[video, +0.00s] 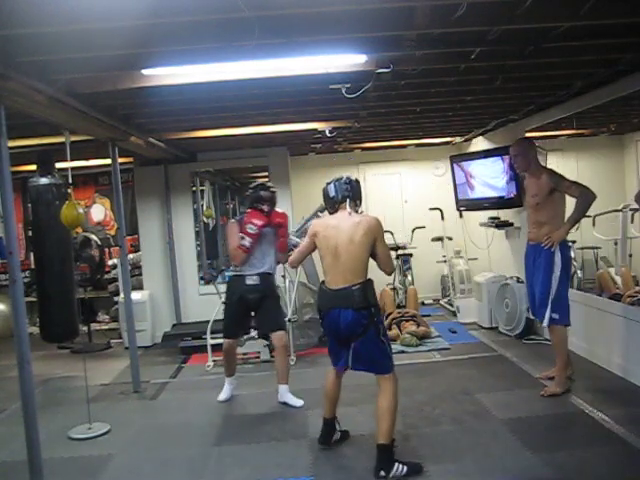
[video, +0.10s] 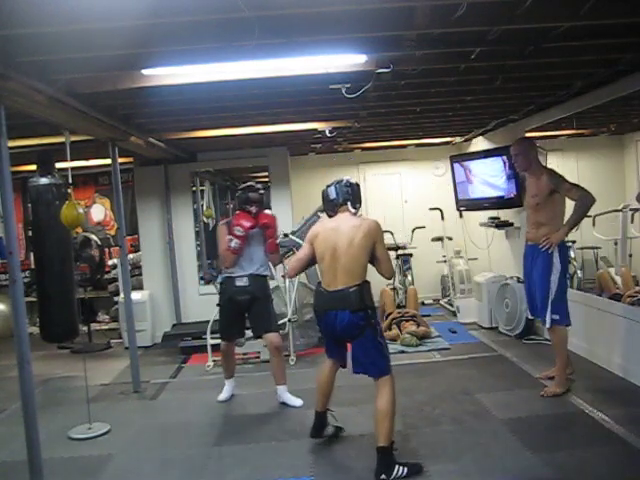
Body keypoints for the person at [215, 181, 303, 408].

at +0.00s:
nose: (267, 208)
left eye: (271, 204)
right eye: (262, 203)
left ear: (275, 206)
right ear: (251, 203)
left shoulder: (276, 225)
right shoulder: (237, 224)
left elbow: (282, 258)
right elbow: (237, 258)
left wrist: (282, 228)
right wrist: (252, 231)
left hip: (266, 285)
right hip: (239, 286)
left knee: (280, 339)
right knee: (229, 344)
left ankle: (283, 391)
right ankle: (229, 383)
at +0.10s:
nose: (255, 206)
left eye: (258, 201)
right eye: (250, 201)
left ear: (263, 203)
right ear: (238, 202)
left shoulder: (267, 224)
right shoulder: (226, 225)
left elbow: (275, 260)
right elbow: (227, 263)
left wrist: (270, 233)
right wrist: (238, 236)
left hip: (259, 284)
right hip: (232, 286)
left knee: (275, 342)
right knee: (227, 345)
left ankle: (282, 391)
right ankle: (228, 384)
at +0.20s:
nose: (245, 211)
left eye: (249, 206)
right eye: (240, 205)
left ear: (255, 206)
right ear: (230, 205)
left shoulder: (261, 224)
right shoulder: (220, 227)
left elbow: (266, 261)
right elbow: (219, 264)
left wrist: (263, 238)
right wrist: (230, 239)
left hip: (255, 286)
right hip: (229, 287)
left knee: (270, 343)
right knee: (226, 344)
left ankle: (281, 390)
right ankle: (230, 384)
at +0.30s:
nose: (242, 207)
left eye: (246, 202)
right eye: (237, 202)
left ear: (251, 203)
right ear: (227, 202)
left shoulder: (256, 222)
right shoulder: (216, 226)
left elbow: (271, 258)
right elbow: (214, 262)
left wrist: (260, 237)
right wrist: (226, 240)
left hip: (255, 284)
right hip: (228, 285)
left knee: (267, 342)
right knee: (224, 342)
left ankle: (275, 394)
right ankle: (229, 384)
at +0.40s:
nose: (243, 215)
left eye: (247, 211)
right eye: (238, 211)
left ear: (251, 211)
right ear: (227, 210)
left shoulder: (256, 227)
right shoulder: (216, 230)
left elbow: (269, 256)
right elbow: (213, 266)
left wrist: (274, 238)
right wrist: (225, 239)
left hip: (257, 287)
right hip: (231, 289)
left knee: (265, 344)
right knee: (227, 345)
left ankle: (275, 401)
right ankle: (231, 384)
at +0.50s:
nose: (241, 214)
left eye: (245, 210)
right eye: (236, 209)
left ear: (252, 210)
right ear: (228, 210)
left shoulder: (260, 225)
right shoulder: (222, 230)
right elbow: (216, 268)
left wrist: (266, 229)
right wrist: (222, 244)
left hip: (260, 286)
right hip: (234, 289)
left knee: (266, 346)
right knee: (225, 346)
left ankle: (273, 402)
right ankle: (233, 383)